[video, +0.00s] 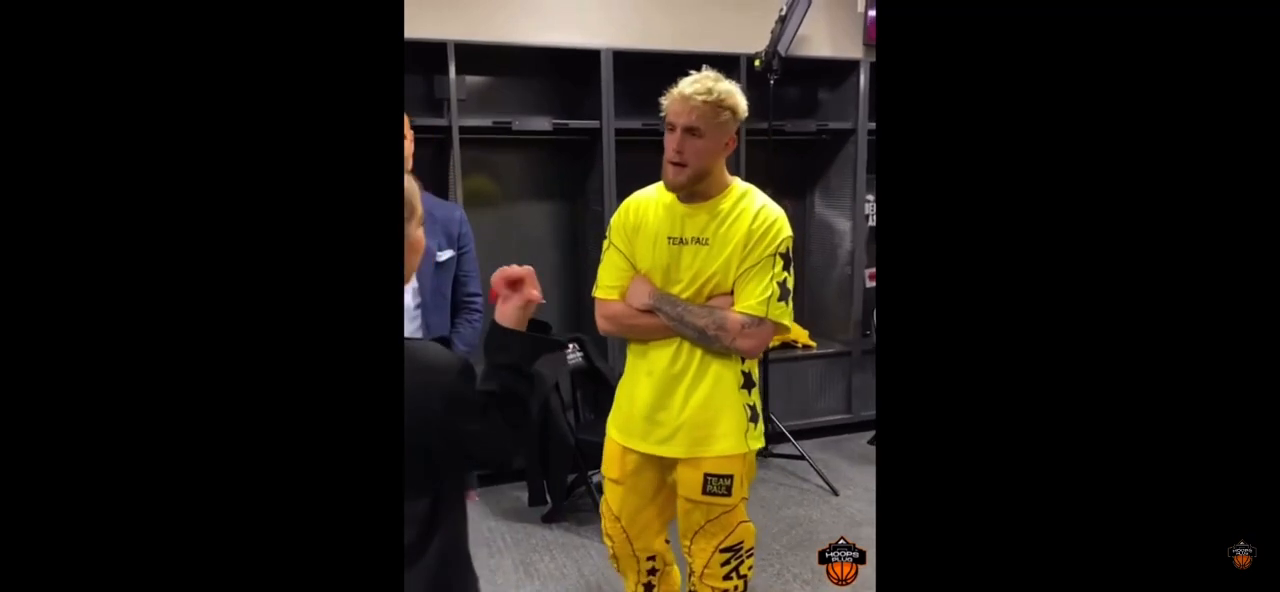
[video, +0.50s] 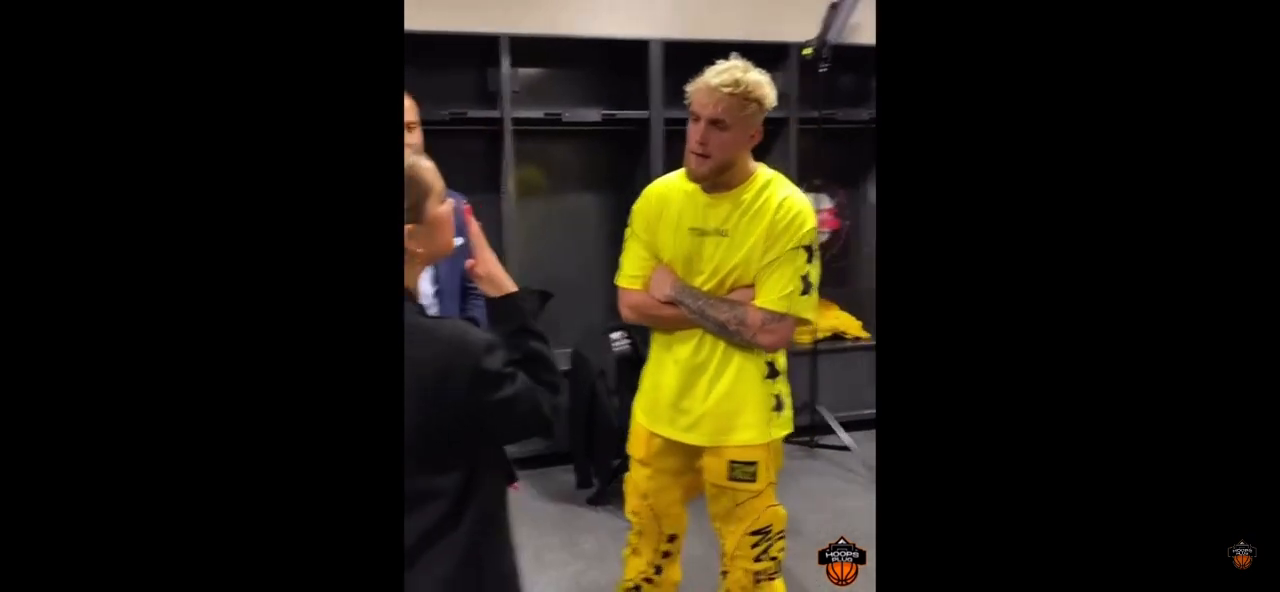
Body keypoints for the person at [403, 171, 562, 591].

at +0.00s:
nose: (423, 239)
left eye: (421, 224)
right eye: (419, 224)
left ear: (418, 241)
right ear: (409, 242)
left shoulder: (433, 372)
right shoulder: (431, 374)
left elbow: (498, 442)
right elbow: (501, 443)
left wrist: (507, 329)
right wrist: (509, 330)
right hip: (435, 575)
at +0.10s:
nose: (419, 238)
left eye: (416, 223)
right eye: (414, 224)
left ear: (417, 235)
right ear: (406, 238)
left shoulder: (428, 367)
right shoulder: (424, 368)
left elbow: (494, 441)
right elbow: (496, 442)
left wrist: (500, 327)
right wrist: (502, 327)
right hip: (432, 573)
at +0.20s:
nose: (420, 233)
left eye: (418, 219)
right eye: (415, 220)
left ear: (417, 230)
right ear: (404, 235)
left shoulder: (425, 358)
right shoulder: (421, 361)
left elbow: (498, 424)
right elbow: (500, 424)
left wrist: (499, 318)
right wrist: (500, 318)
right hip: (434, 570)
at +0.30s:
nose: (428, 225)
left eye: (422, 212)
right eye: (419, 214)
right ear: (401, 231)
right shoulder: (424, 361)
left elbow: (506, 415)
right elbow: (509, 415)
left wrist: (498, 317)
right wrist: (499, 314)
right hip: (435, 570)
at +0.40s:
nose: (440, 213)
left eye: (433, 203)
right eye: (429, 206)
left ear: (409, 234)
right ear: (404, 233)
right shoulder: (435, 356)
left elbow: (521, 420)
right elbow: (524, 420)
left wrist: (498, 306)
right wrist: (500, 305)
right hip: (440, 573)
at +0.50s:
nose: (454, 207)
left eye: (446, 197)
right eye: (442, 201)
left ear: (414, 236)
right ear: (411, 235)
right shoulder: (448, 348)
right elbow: (544, 409)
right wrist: (506, 298)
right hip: (455, 572)